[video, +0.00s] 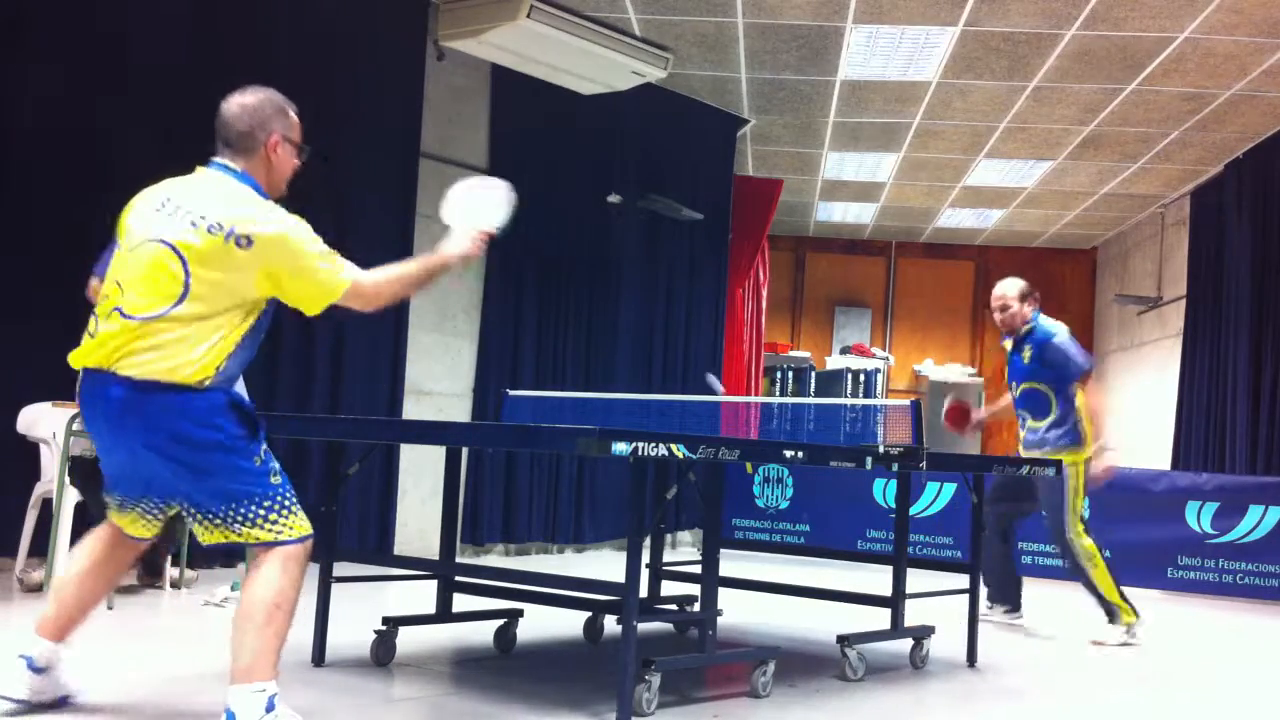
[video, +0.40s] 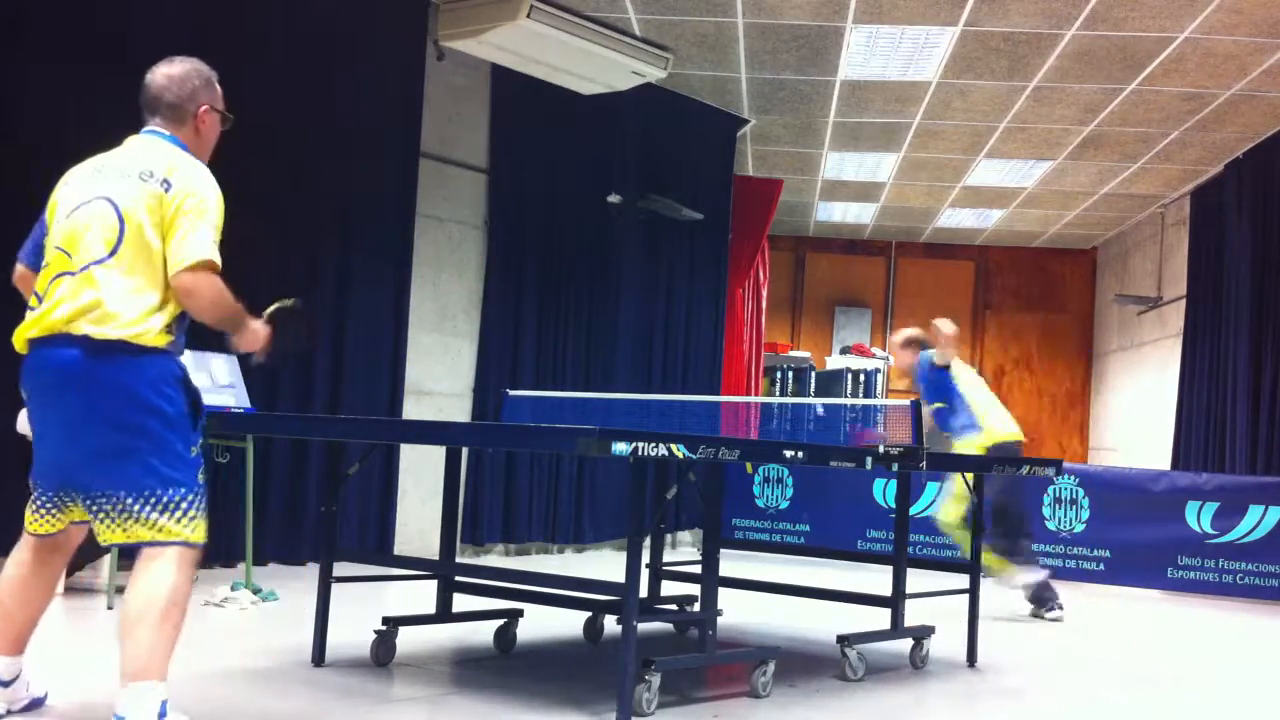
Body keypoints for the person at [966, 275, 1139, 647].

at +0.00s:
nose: (999, 316)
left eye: (1006, 308)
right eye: (994, 310)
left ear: (1030, 305)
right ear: (992, 312)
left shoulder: (1053, 337)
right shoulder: (1014, 344)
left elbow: (1090, 387)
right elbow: (1022, 393)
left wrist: (1100, 446)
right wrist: (983, 414)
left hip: (1063, 456)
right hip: (1030, 456)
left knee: (1069, 535)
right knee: (993, 512)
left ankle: (1125, 618)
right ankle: (1004, 603)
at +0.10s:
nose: (991, 337)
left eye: (997, 329)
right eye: (989, 330)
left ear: (1022, 327)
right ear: (1003, 331)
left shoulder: (1040, 361)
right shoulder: (1014, 363)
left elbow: (1031, 428)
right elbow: (1014, 425)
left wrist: (992, 464)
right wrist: (983, 460)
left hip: (1064, 464)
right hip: (1032, 464)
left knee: (1072, 541)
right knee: (991, 516)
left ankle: (1128, 624)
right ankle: (1009, 601)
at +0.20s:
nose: (965, 346)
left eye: (970, 338)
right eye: (964, 339)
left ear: (993, 336)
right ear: (991, 339)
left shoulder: (1007, 358)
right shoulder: (1003, 363)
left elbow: (982, 394)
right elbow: (1009, 430)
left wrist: (920, 395)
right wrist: (992, 468)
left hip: (1045, 462)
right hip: (1019, 464)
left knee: (1065, 539)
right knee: (997, 526)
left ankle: (1122, 620)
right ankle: (1033, 600)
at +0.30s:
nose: (932, 351)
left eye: (936, 344)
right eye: (931, 344)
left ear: (952, 343)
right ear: (961, 341)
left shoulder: (979, 358)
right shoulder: (966, 377)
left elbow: (946, 352)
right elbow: (975, 436)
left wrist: (909, 334)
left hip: (1016, 452)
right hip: (999, 458)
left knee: (1023, 528)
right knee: (1007, 536)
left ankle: (1089, 586)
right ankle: (1046, 603)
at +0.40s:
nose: (893, 359)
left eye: (896, 352)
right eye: (892, 352)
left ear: (910, 350)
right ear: (911, 351)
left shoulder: (928, 364)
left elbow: (944, 352)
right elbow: (927, 424)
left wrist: (946, 336)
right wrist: (902, 445)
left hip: (981, 445)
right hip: (1006, 444)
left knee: (949, 517)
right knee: (998, 525)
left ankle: (1017, 575)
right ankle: (1042, 593)